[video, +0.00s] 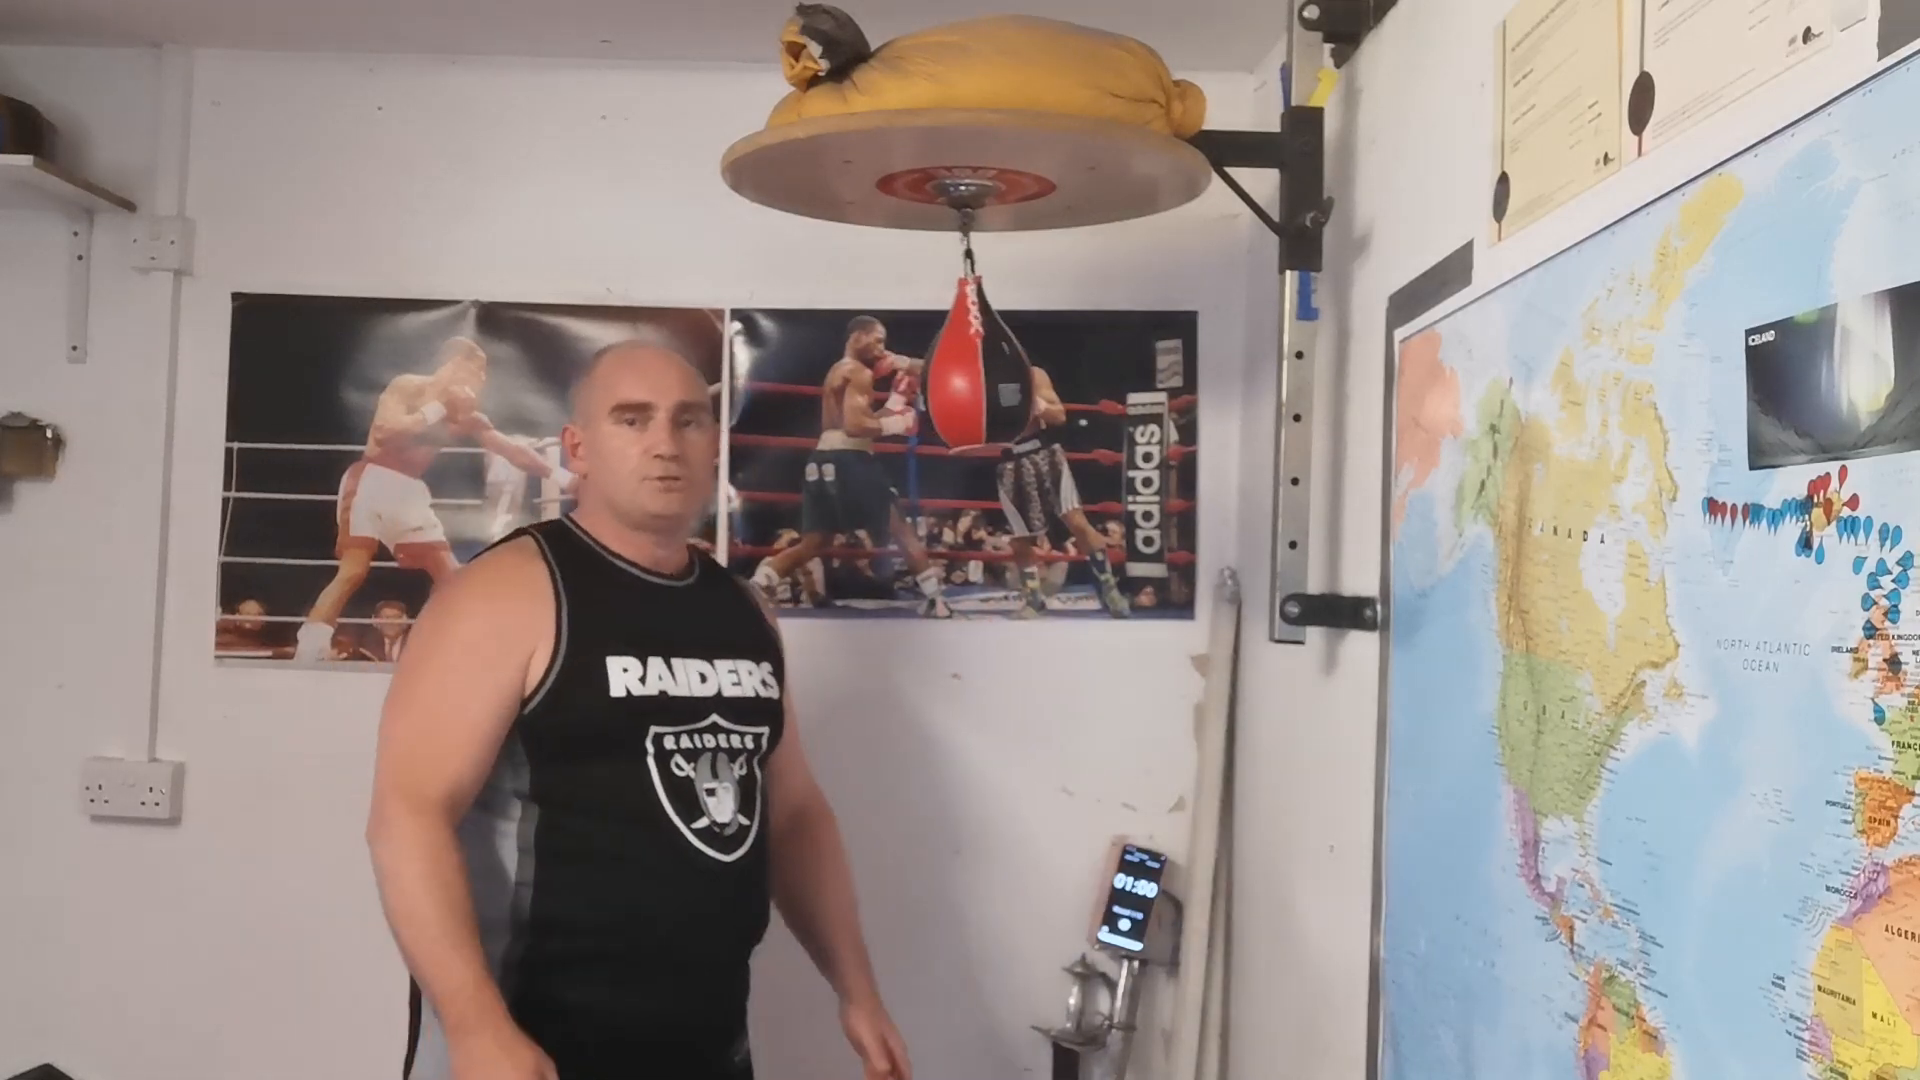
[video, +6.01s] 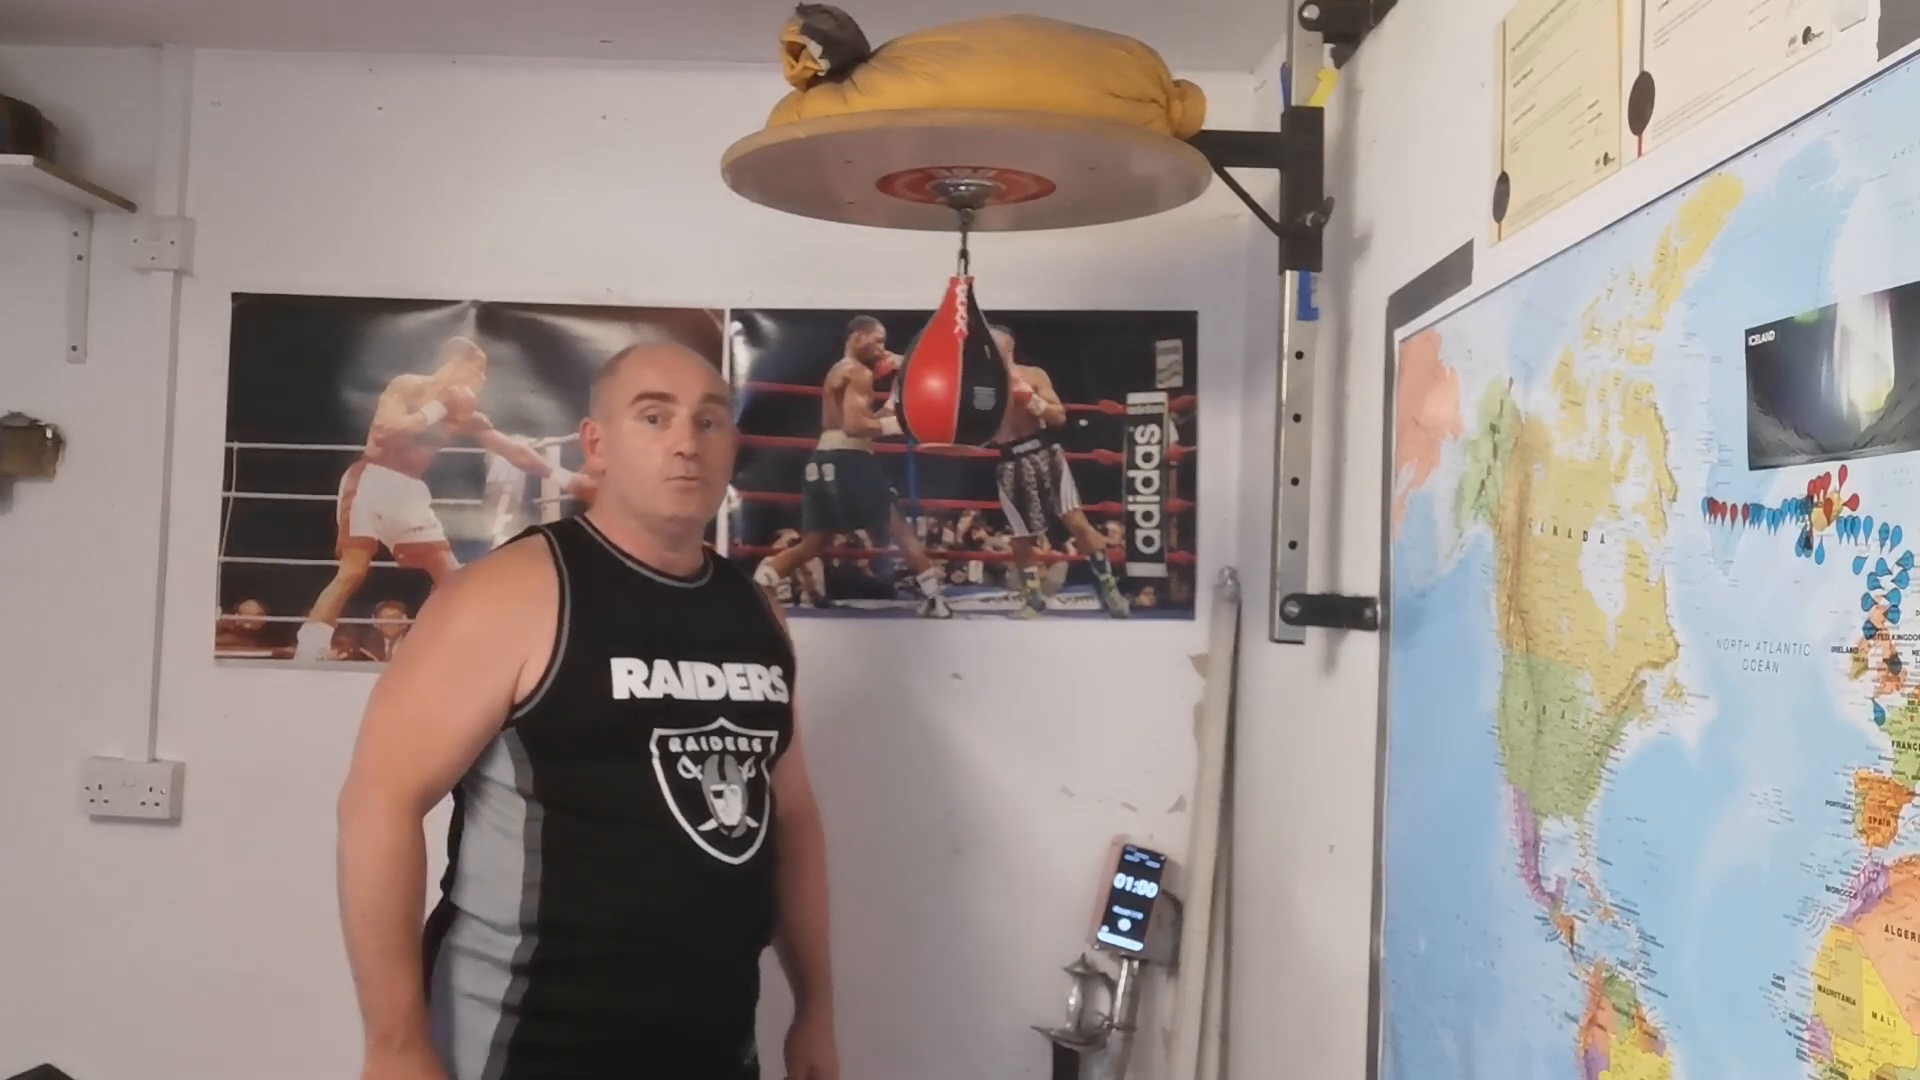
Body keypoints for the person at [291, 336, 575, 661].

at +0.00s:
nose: (476, 382)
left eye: (480, 375)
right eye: (473, 372)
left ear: (476, 379)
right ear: (453, 365)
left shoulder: (462, 411)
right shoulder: (404, 387)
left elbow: (512, 451)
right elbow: (382, 433)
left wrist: (559, 477)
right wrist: (432, 415)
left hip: (408, 491)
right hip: (370, 482)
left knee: (447, 573)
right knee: (353, 569)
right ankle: (308, 646)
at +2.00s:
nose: (480, 381)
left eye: (482, 375)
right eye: (475, 371)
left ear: (476, 378)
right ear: (453, 364)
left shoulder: (464, 411)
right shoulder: (406, 386)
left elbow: (509, 449)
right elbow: (382, 433)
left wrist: (558, 475)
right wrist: (433, 414)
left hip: (410, 492)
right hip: (371, 482)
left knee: (449, 573)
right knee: (352, 572)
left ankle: (461, 655)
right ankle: (307, 650)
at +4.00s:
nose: (476, 385)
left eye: (479, 378)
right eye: (472, 374)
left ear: (477, 380)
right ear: (452, 365)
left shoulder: (464, 415)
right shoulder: (405, 386)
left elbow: (511, 449)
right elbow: (384, 433)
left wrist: (563, 478)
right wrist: (437, 409)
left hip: (408, 493)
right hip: (367, 483)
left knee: (449, 574)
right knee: (353, 570)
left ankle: (463, 654)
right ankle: (306, 651)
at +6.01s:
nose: (479, 385)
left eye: (480, 378)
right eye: (476, 375)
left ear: (471, 380)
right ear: (454, 367)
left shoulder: (463, 416)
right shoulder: (405, 386)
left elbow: (511, 450)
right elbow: (384, 432)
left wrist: (564, 478)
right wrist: (437, 408)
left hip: (409, 493)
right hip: (370, 484)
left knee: (449, 574)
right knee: (353, 571)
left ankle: (461, 654)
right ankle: (305, 652)